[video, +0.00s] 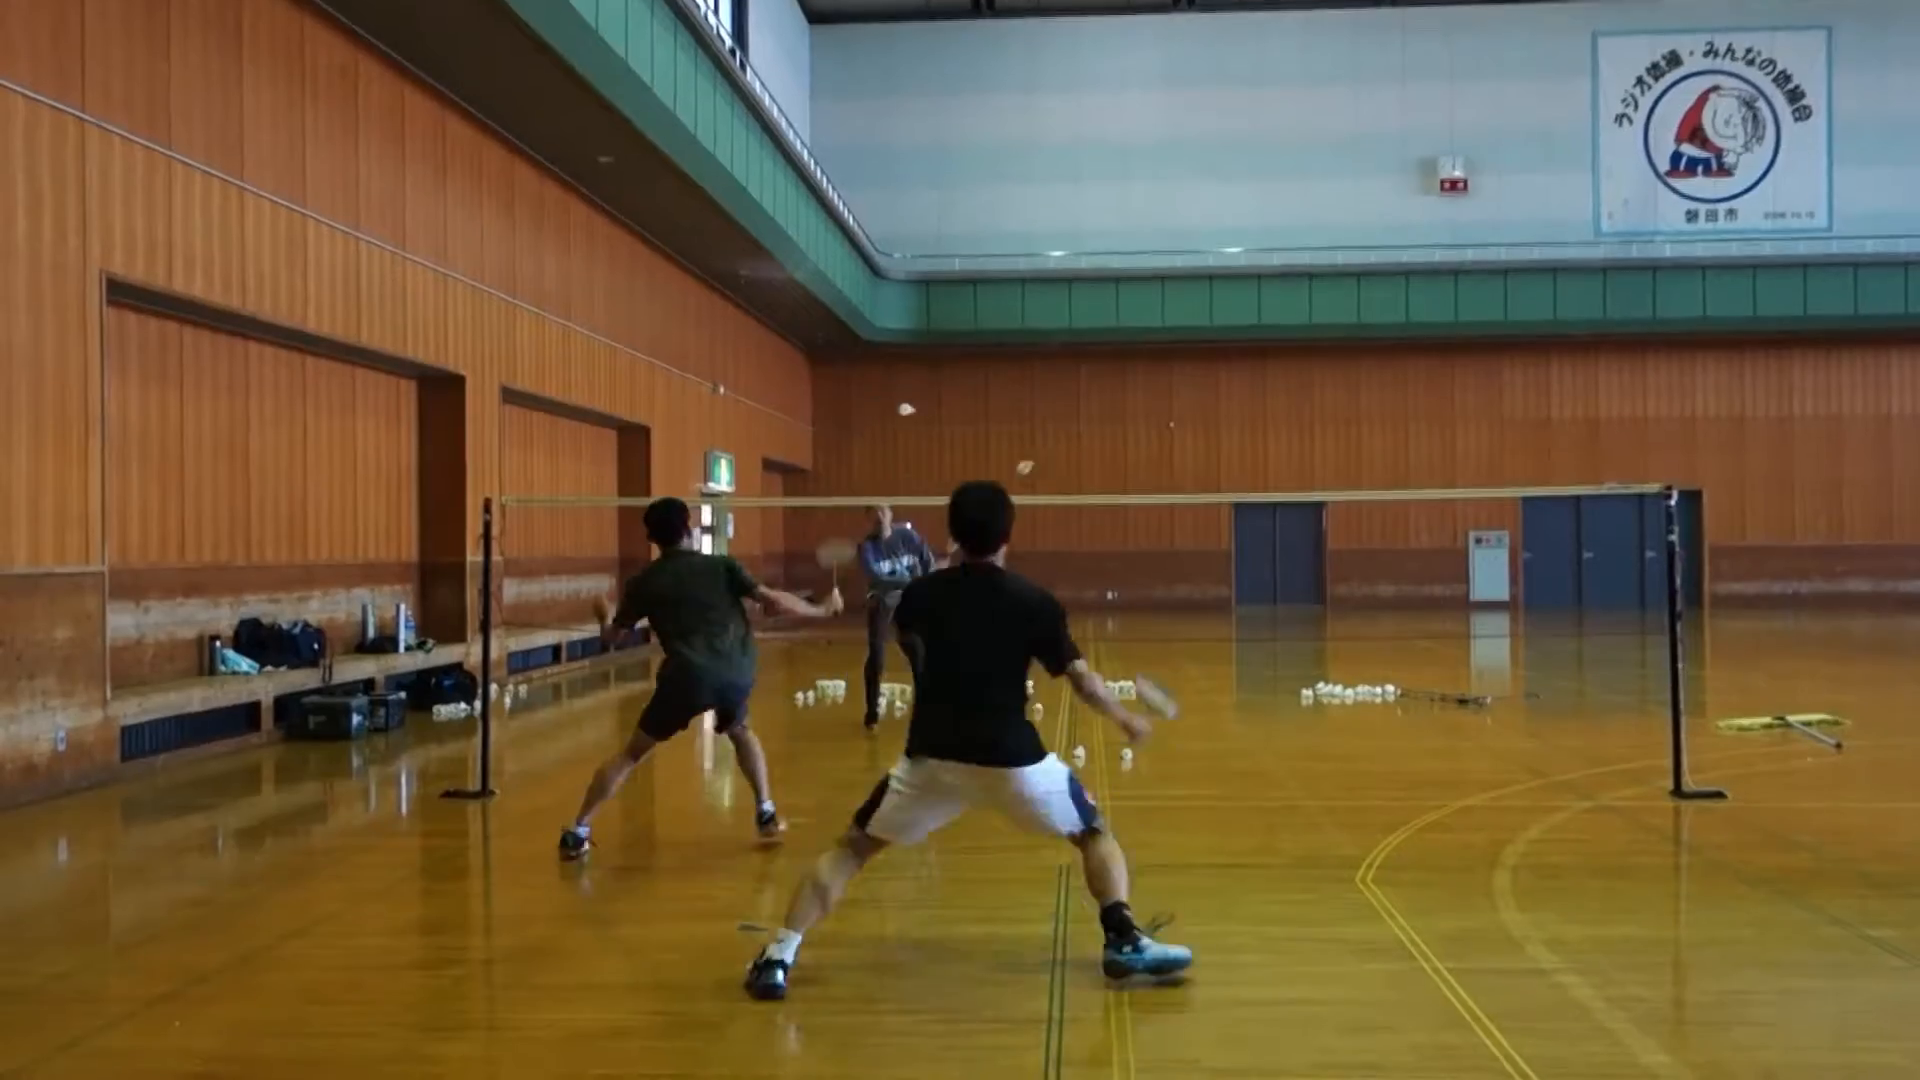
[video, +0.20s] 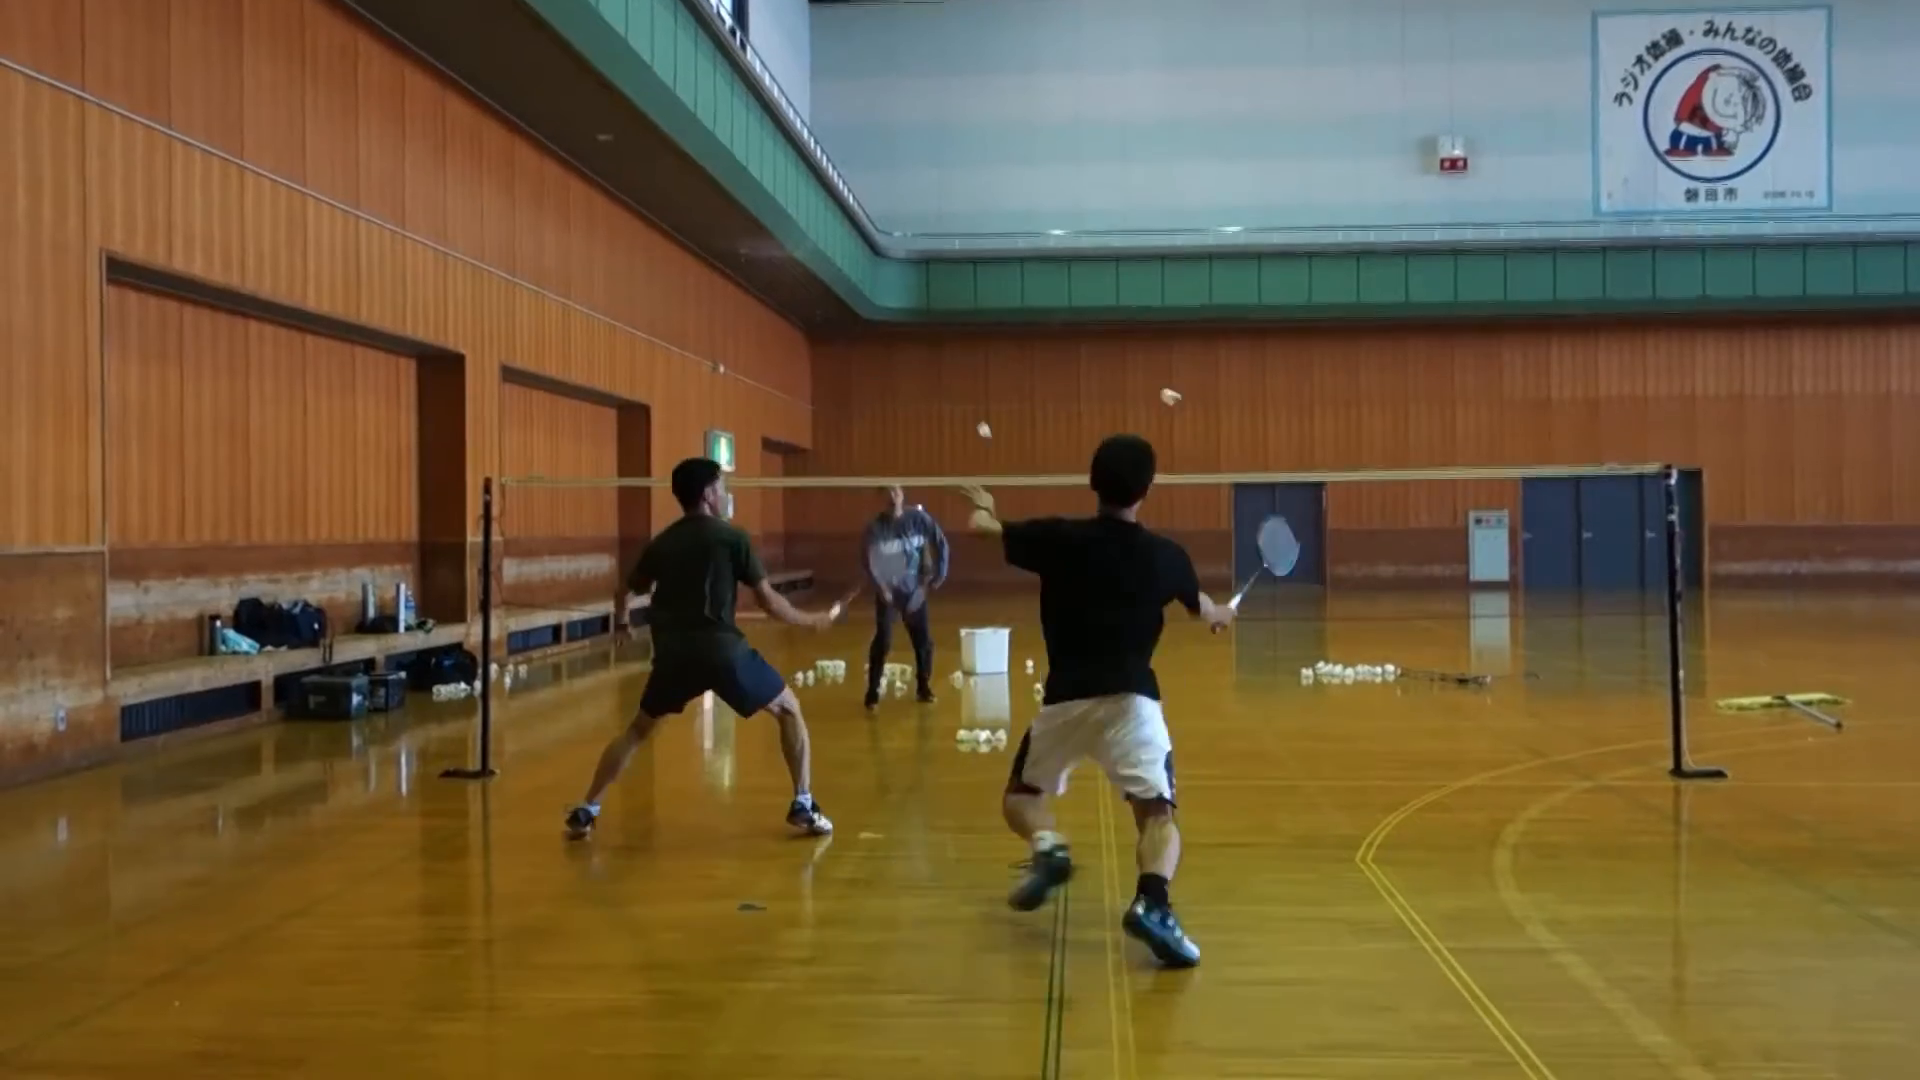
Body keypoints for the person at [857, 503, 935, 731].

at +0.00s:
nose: (880, 517)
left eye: (883, 512)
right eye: (875, 513)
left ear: (890, 514)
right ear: (870, 518)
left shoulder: (906, 534)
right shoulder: (868, 545)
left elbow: (927, 557)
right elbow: (873, 575)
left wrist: (927, 583)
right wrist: (907, 582)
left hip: (908, 598)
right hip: (882, 600)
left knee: (919, 655)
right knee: (876, 656)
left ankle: (925, 708)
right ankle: (872, 710)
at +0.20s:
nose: (893, 497)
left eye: (896, 491)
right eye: (889, 493)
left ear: (902, 494)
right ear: (883, 497)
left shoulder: (918, 518)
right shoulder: (875, 526)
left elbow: (941, 543)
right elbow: (867, 560)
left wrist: (940, 574)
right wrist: (882, 586)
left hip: (914, 587)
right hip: (887, 589)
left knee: (922, 641)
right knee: (882, 640)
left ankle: (923, 686)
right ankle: (873, 690)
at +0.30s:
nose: (893, 497)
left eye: (896, 492)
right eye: (888, 493)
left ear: (902, 494)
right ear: (882, 497)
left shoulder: (920, 520)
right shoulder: (876, 528)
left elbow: (940, 547)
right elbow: (868, 564)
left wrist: (940, 574)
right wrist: (867, 593)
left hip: (916, 589)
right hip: (887, 590)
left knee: (923, 640)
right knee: (880, 638)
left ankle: (924, 685)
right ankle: (872, 689)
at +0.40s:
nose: (887, 498)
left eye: (890, 492)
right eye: (883, 493)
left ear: (898, 494)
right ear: (878, 498)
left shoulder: (916, 520)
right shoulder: (874, 529)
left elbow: (933, 549)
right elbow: (867, 564)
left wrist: (910, 559)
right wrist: (859, 594)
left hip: (915, 590)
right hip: (887, 591)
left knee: (923, 640)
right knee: (880, 636)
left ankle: (923, 685)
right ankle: (872, 687)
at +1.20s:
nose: (872, 511)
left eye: (875, 506)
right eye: (868, 507)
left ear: (883, 508)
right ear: (864, 511)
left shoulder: (901, 531)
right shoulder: (859, 543)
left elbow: (916, 560)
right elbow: (857, 579)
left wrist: (895, 572)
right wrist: (859, 610)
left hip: (903, 603)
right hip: (876, 606)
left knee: (909, 654)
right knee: (873, 656)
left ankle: (909, 701)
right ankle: (872, 707)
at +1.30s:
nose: (874, 517)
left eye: (877, 513)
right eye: (870, 513)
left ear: (886, 515)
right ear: (868, 517)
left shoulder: (905, 538)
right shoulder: (864, 547)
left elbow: (913, 570)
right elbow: (861, 584)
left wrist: (884, 566)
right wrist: (863, 616)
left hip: (906, 608)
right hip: (879, 610)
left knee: (908, 658)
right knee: (874, 660)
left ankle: (908, 709)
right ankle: (872, 712)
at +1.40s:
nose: (875, 522)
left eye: (879, 516)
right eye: (872, 518)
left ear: (888, 518)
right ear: (871, 522)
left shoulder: (906, 541)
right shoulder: (873, 547)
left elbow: (909, 573)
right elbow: (876, 581)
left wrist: (877, 561)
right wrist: (874, 610)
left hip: (908, 611)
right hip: (884, 612)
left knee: (912, 665)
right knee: (877, 664)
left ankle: (908, 716)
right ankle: (873, 714)